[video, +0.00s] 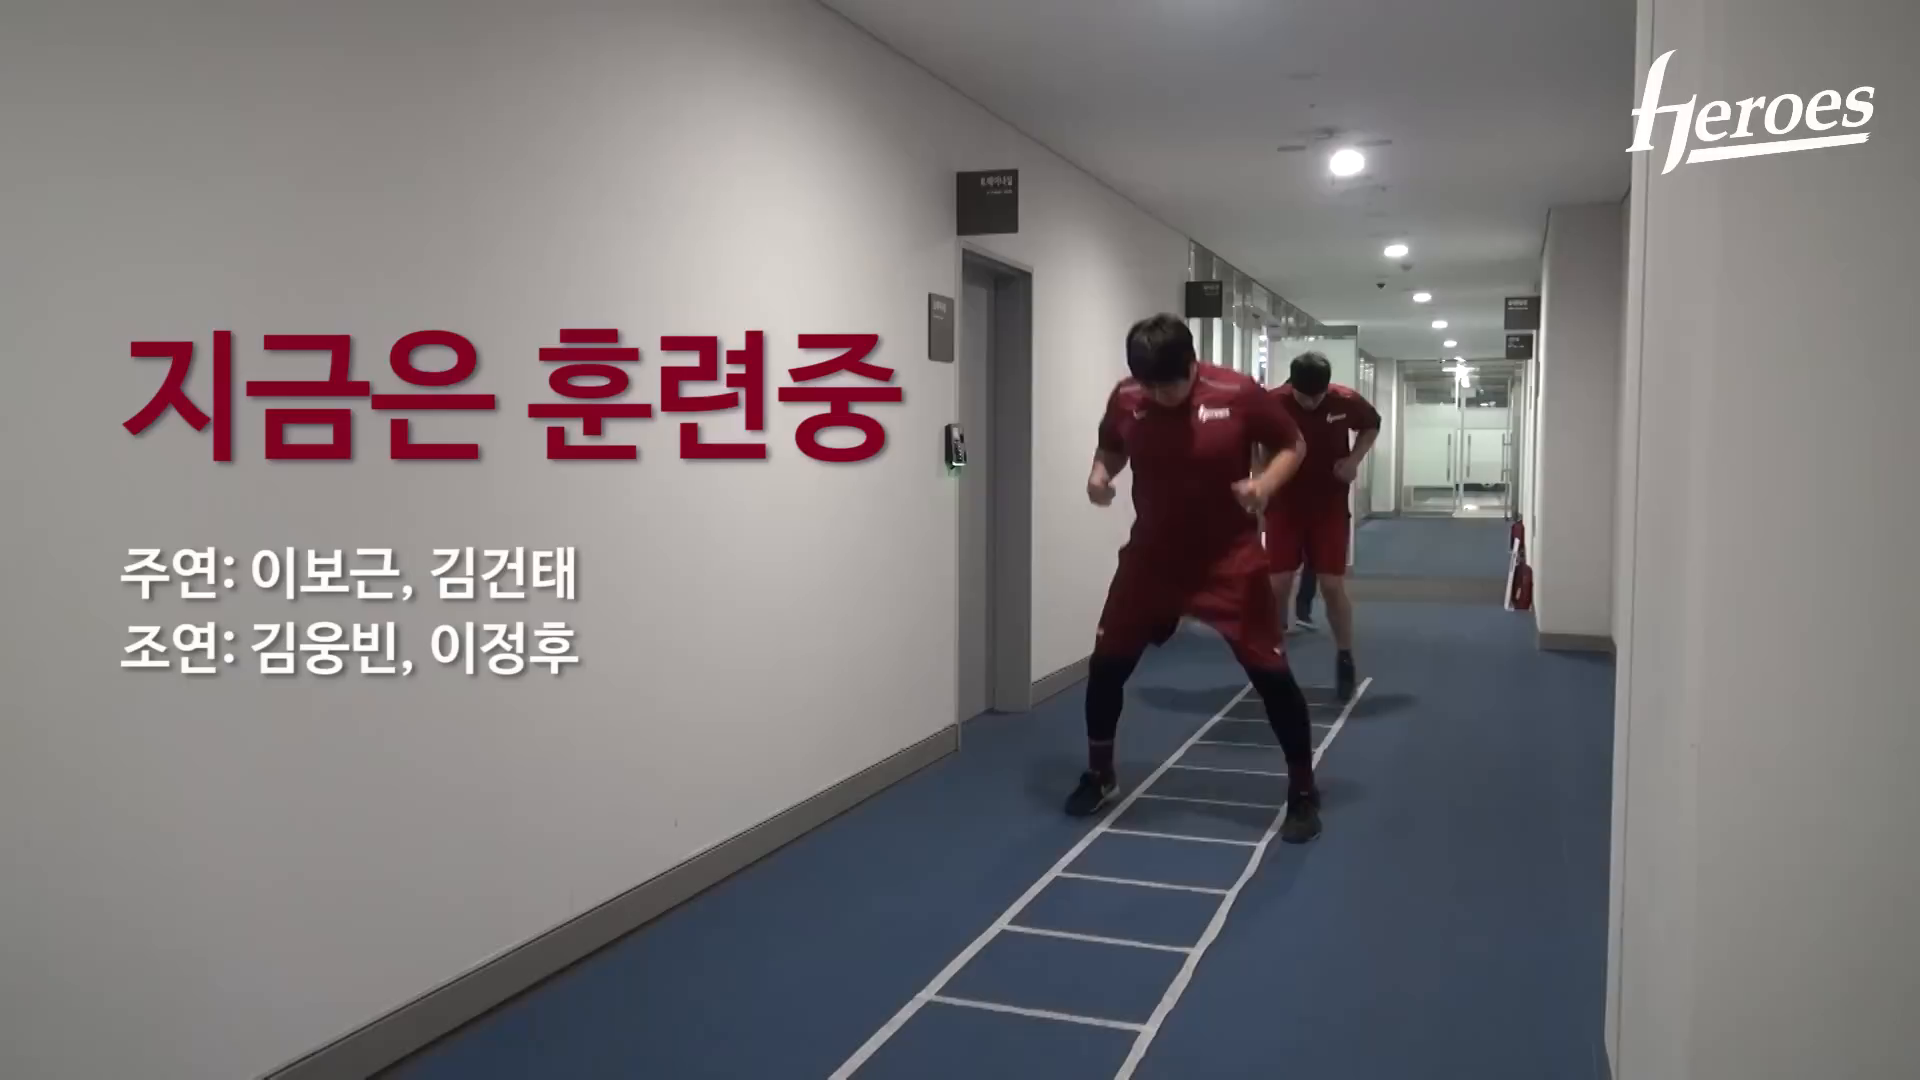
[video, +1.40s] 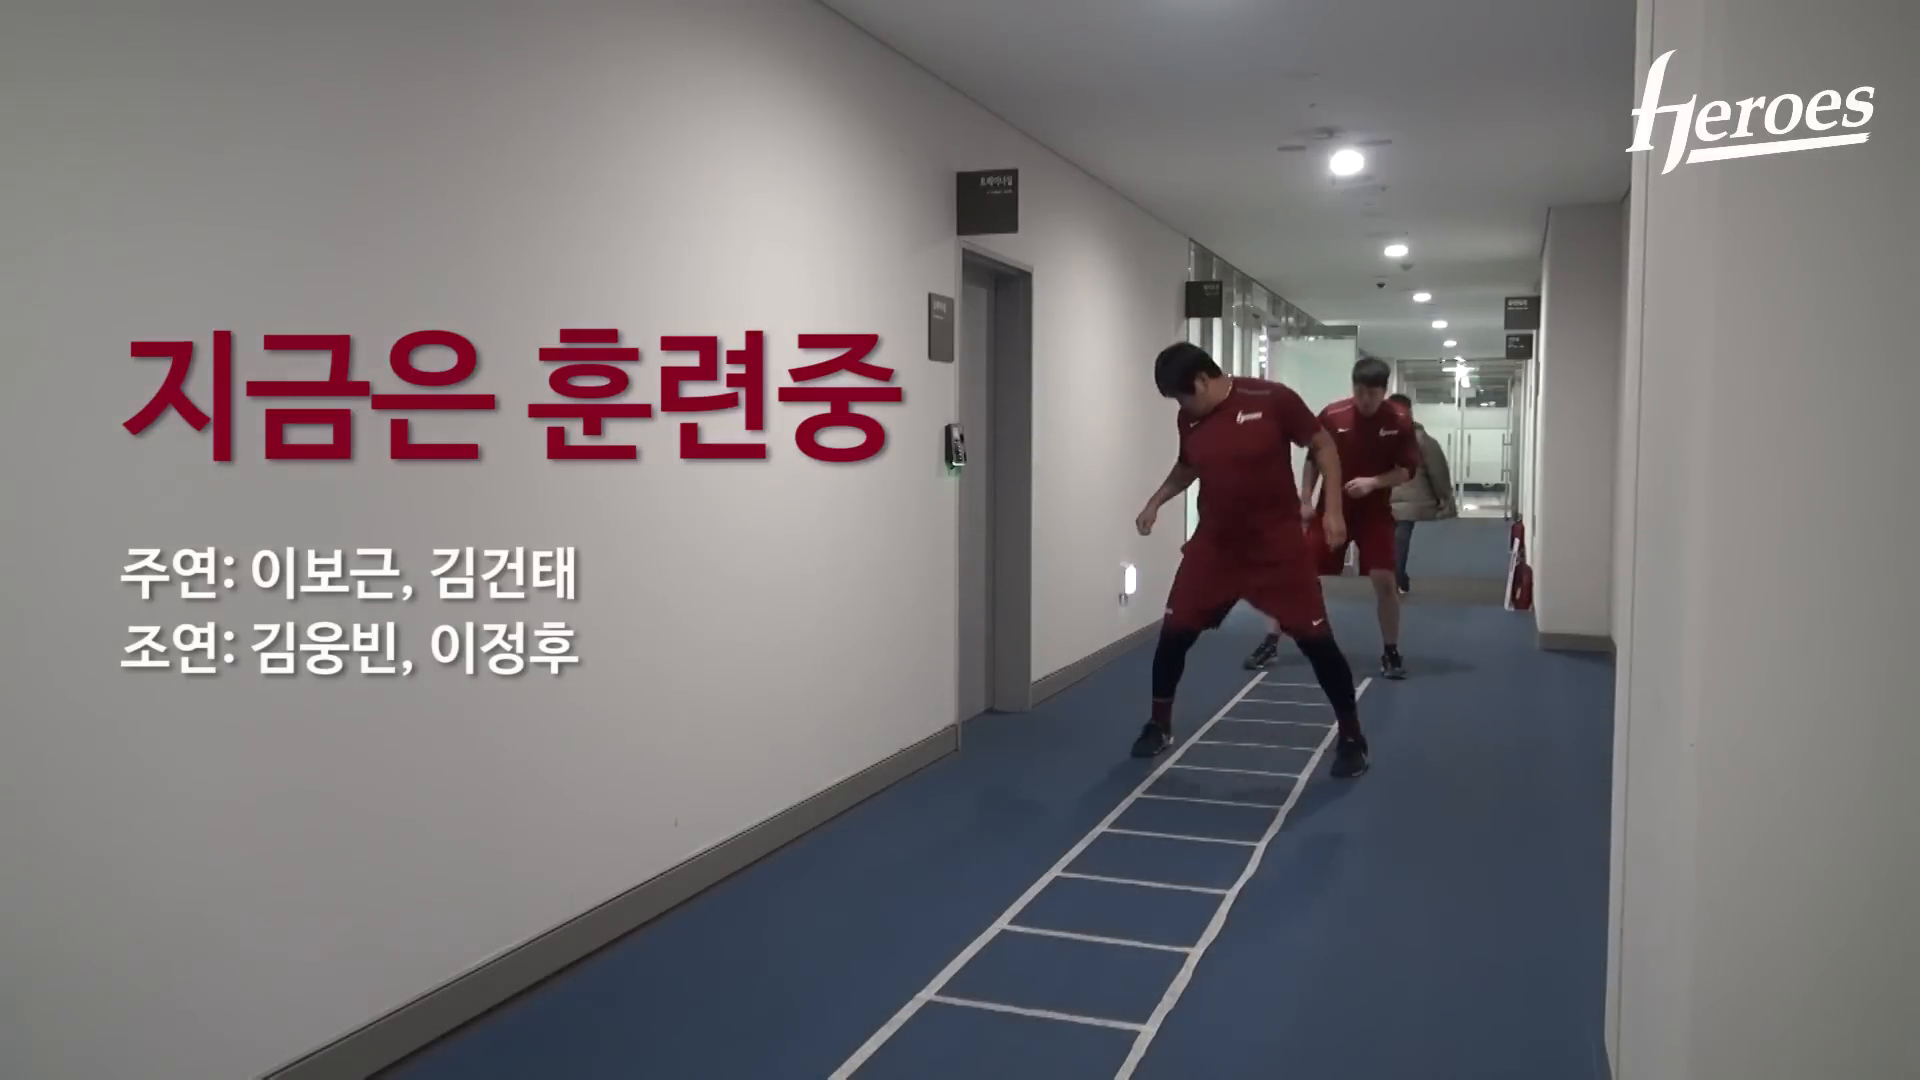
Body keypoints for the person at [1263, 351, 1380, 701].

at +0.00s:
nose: (1310, 403)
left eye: (1316, 397)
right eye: (1304, 397)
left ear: (1327, 387)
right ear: (1292, 385)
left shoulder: (1345, 401)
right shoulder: (1272, 403)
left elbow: (1371, 424)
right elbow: (1250, 438)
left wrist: (1354, 459)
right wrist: (1259, 476)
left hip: (1329, 507)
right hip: (1284, 506)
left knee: (1331, 585)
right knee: (1278, 586)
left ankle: (1344, 658)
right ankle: (1273, 659)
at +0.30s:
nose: (1320, 413)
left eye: (1326, 408)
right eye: (1314, 407)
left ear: (1338, 397)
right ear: (1304, 394)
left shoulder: (1355, 410)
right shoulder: (1288, 410)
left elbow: (1382, 434)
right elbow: (1260, 440)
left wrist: (1368, 466)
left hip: (1339, 509)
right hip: (1293, 507)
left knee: (1362, 582)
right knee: (1271, 582)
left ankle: (1384, 650)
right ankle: (1244, 652)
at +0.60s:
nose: (1325, 408)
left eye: (1332, 404)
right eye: (1320, 403)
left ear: (1343, 393)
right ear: (1309, 391)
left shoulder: (1360, 405)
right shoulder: (1292, 404)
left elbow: (1386, 431)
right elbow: (1265, 428)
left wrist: (1371, 463)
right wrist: (1276, 461)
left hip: (1341, 501)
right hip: (1297, 499)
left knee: (1350, 579)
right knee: (1281, 577)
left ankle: (1372, 649)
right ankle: (1279, 653)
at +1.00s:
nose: (1320, 414)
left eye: (1327, 407)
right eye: (1314, 407)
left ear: (1338, 398)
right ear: (1305, 396)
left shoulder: (1360, 410)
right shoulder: (1295, 414)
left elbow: (1390, 430)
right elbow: (1272, 450)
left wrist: (1384, 466)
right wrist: (1282, 483)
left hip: (1344, 508)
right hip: (1299, 506)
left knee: (1365, 578)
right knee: (1274, 576)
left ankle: (1383, 647)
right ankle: (1260, 647)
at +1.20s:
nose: (1331, 424)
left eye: (1337, 418)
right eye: (1327, 417)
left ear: (1350, 413)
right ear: (1318, 411)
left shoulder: (1367, 436)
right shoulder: (1301, 434)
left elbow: (1389, 480)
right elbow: (1279, 473)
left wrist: (1387, 516)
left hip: (1349, 523)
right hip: (1304, 521)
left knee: (1372, 586)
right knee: (1279, 589)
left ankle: (1388, 652)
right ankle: (1250, 646)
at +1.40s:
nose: (1365, 399)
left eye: (1372, 393)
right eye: (1360, 392)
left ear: (1384, 390)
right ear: (1353, 388)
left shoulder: (1399, 421)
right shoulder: (1332, 416)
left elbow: (1407, 470)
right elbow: (1313, 459)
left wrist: (1374, 481)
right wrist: (1305, 500)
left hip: (1374, 512)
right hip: (1331, 506)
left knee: (1384, 579)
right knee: (1300, 570)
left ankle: (1391, 651)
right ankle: (1271, 640)